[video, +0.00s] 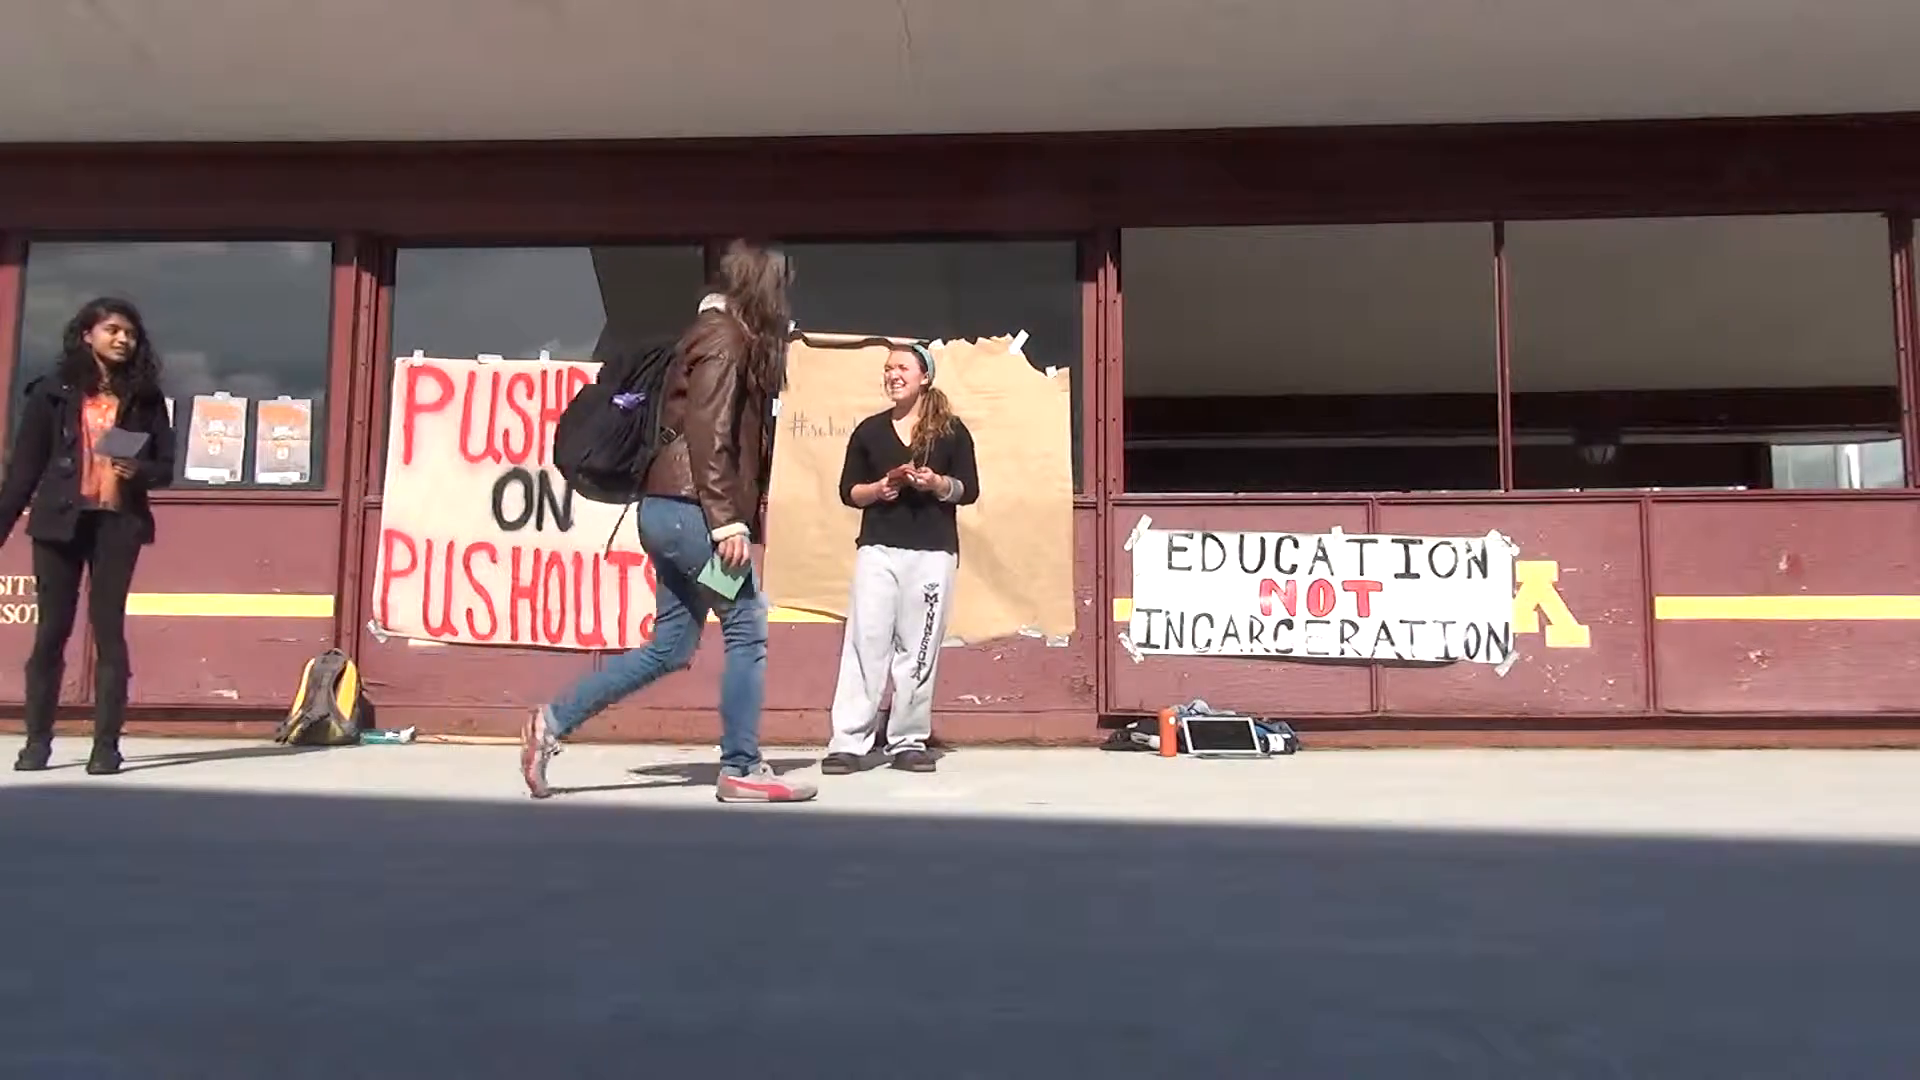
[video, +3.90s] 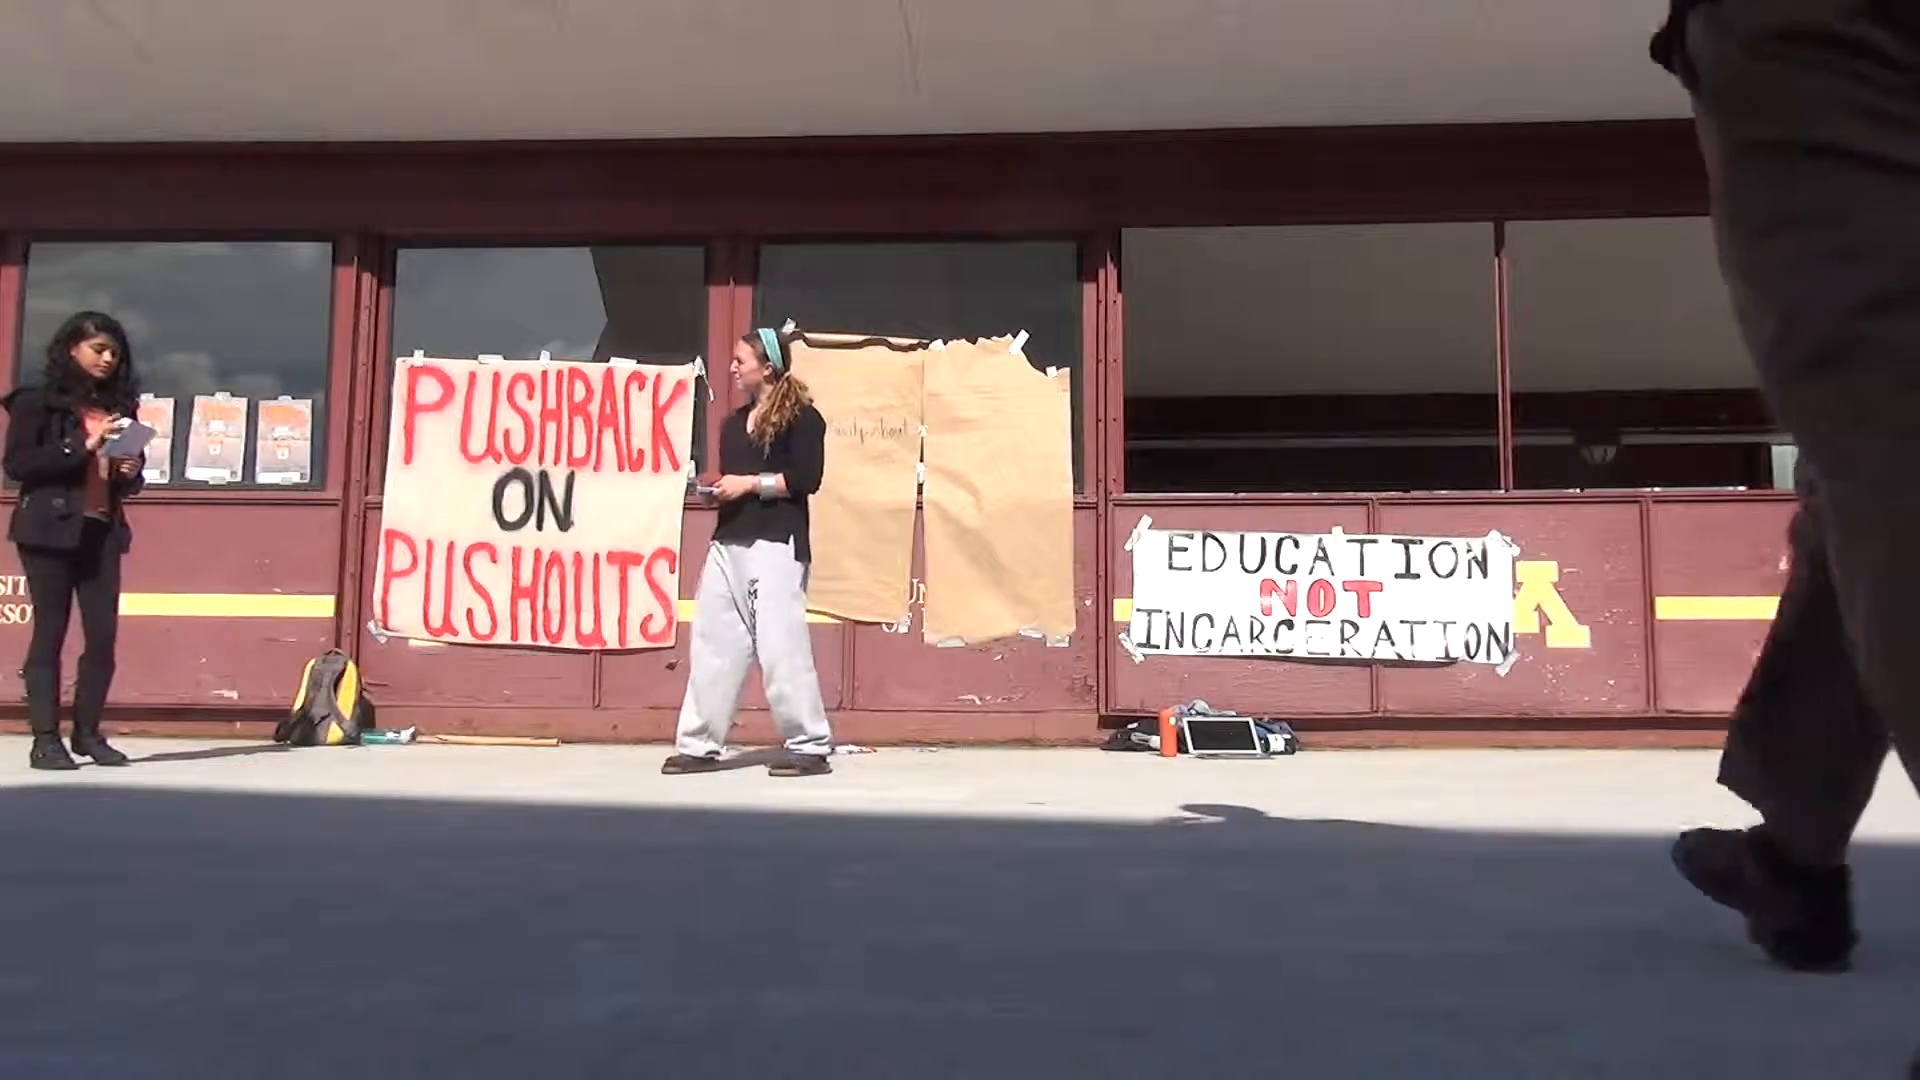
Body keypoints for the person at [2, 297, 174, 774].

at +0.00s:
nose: (120, 338)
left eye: (128, 332)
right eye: (110, 329)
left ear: (136, 342)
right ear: (85, 334)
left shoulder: (147, 395)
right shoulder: (52, 389)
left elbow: (164, 470)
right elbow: (24, 467)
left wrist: (138, 468)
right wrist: (3, 524)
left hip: (118, 521)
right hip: (59, 518)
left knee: (108, 627)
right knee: (51, 630)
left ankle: (107, 744)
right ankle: (38, 740)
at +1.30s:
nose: (136, 363)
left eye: (142, 356)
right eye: (127, 353)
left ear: (149, 364)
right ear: (101, 356)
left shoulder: (160, 412)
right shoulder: (72, 407)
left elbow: (178, 482)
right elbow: (46, 472)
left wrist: (166, 482)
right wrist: (53, 488)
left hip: (141, 527)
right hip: (84, 524)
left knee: (130, 628)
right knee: (68, 628)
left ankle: (127, 736)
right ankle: (40, 739)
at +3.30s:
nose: (103, 359)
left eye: (111, 352)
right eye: (94, 349)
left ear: (118, 358)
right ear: (68, 348)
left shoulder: (121, 403)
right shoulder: (34, 398)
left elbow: (132, 474)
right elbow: (16, 464)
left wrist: (130, 470)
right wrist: (74, 438)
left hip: (102, 526)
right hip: (48, 524)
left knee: (107, 631)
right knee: (52, 629)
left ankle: (108, 732)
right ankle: (46, 738)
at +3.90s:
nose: (106, 359)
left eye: (113, 352)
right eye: (97, 349)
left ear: (120, 358)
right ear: (70, 349)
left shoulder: (121, 407)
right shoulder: (36, 400)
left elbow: (128, 484)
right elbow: (18, 465)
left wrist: (129, 473)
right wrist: (81, 448)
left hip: (101, 529)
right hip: (48, 527)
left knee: (102, 637)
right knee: (50, 631)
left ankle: (87, 734)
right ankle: (46, 739)